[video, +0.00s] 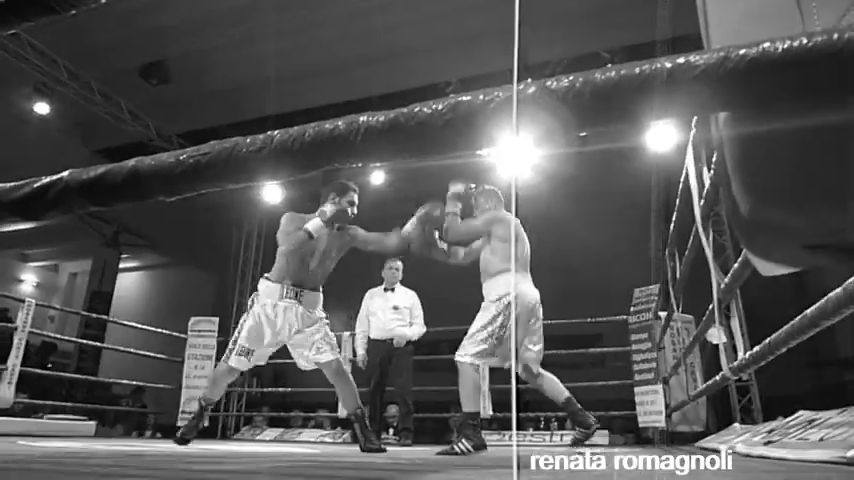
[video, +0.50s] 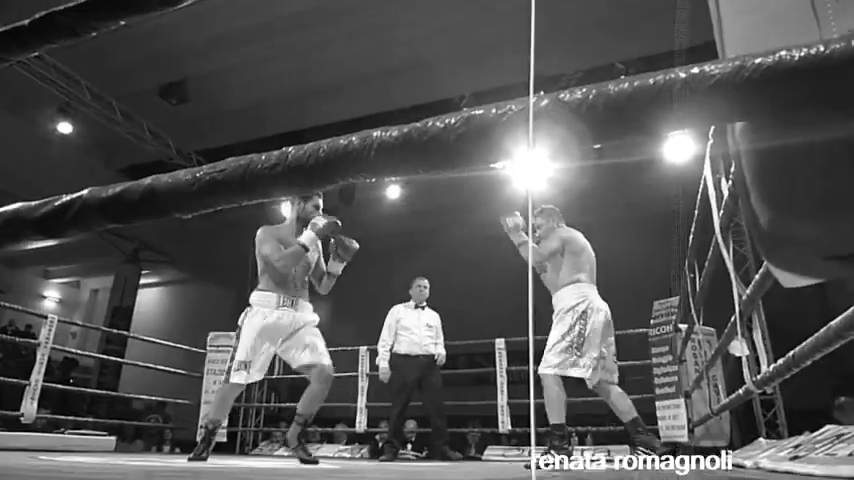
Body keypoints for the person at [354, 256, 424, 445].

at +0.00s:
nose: (393, 273)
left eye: (397, 270)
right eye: (390, 269)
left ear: (401, 274)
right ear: (383, 272)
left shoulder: (410, 296)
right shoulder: (371, 295)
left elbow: (420, 325)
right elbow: (362, 325)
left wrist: (407, 335)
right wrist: (361, 350)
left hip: (401, 344)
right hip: (376, 344)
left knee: (403, 389)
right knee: (375, 389)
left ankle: (405, 432)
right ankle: (374, 431)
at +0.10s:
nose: (388, 279)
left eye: (391, 276)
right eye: (384, 275)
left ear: (396, 280)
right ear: (377, 278)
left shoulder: (404, 303)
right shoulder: (364, 302)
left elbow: (414, 330)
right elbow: (354, 332)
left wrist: (404, 342)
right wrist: (353, 357)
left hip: (396, 351)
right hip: (371, 351)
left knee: (399, 395)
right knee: (370, 396)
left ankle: (401, 439)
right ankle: (369, 440)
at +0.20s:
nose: (410, 297)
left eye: (412, 294)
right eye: (406, 293)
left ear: (416, 298)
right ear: (396, 296)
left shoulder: (423, 320)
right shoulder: (384, 319)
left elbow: (433, 345)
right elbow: (373, 349)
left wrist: (429, 361)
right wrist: (372, 376)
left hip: (419, 369)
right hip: (393, 369)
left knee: (424, 412)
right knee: (392, 413)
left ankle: (426, 456)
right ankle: (390, 456)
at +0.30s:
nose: (416, 296)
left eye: (418, 293)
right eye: (412, 293)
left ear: (422, 298)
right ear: (404, 297)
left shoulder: (428, 320)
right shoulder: (391, 319)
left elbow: (437, 344)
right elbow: (380, 349)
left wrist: (436, 358)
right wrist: (376, 375)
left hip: (423, 368)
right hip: (399, 368)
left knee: (430, 413)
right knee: (399, 414)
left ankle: (436, 454)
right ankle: (395, 455)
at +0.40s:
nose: (418, 295)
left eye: (421, 292)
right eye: (414, 292)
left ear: (425, 297)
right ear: (406, 295)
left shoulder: (431, 320)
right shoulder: (393, 317)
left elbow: (437, 344)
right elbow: (382, 347)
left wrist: (438, 356)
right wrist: (378, 373)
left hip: (425, 367)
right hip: (400, 366)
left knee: (433, 411)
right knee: (399, 413)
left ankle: (439, 453)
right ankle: (394, 454)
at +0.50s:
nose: (422, 290)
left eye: (425, 288)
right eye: (419, 287)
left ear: (429, 292)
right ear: (410, 290)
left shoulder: (434, 316)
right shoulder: (397, 311)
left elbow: (439, 340)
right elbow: (385, 340)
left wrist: (441, 351)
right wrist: (383, 365)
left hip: (428, 362)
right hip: (403, 361)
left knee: (436, 405)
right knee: (399, 407)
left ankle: (440, 447)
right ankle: (391, 448)